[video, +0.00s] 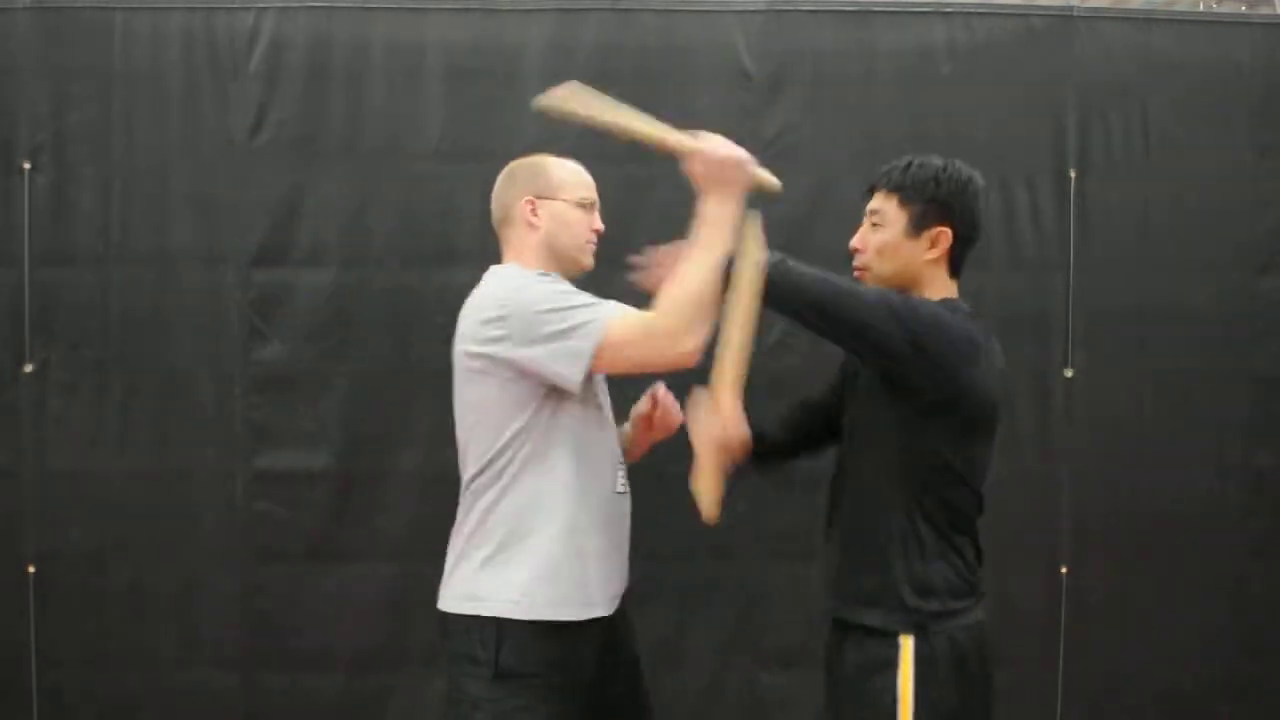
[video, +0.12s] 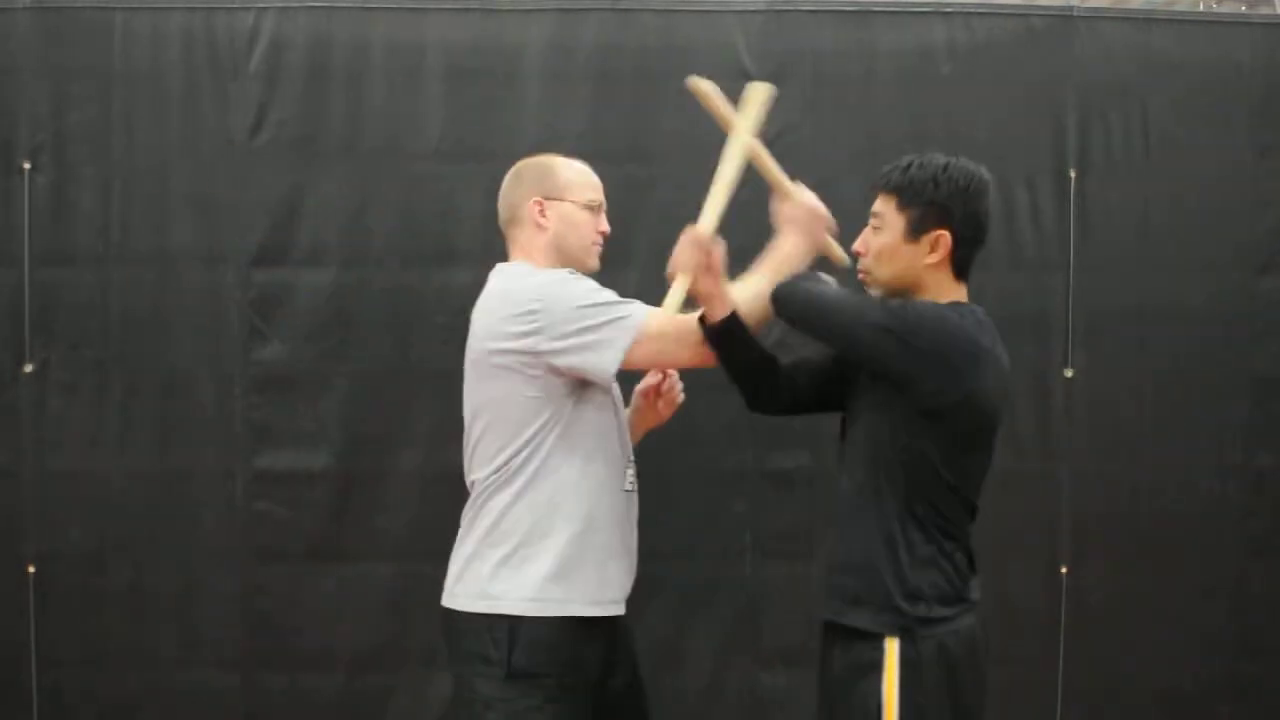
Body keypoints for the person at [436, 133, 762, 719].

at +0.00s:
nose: (599, 225)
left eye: (598, 211)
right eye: (585, 206)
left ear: (537, 214)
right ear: (533, 212)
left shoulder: (545, 309)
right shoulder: (509, 300)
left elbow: (546, 467)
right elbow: (676, 340)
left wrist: (630, 442)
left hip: (586, 618)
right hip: (514, 624)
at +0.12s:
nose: (605, 227)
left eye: (603, 212)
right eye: (592, 209)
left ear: (543, 217)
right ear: (541, 214)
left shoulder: (548, 302)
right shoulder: (529, 296)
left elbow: (560, 463)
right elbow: (702, 338)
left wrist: (635, 422)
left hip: (582, 613)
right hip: (523, 616)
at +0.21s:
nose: (606, 229)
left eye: (604, 214)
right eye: (593, 211)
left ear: (544, 216)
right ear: (542, 214)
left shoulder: (516, 305)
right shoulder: (544, 298)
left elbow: (544, 450)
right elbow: (711, 336)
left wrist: (626, 419)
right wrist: (822, 287)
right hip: (524, 615)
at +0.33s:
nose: (603, 228)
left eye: (600, 212)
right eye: (590, 210)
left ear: (538, 216)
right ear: (541, 214)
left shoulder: (481, 315)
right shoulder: (572, 299)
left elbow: (601, 412)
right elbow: (731, 356)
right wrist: (805, 297)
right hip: (534, 619)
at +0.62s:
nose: (563, 222)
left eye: (558, 206)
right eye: (548, 206)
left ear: (492, 223)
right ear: (495, 222)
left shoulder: (450, 304)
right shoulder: (539, 327)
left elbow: (592, 319)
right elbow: (640, 431)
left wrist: (656, 331)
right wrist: (593, 359)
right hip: (499, 642)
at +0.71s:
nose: (543, 218)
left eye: (538, 202)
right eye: (527, 204)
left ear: (471, 221)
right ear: (473, 220)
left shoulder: (445, 289)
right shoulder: (508, 319)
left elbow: (610, 273)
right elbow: (635, 391)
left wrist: (717, 311)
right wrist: (660, 363)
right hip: (469, 643)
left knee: (577, 707)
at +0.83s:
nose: (517, 216)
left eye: (510, 199)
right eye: (498, 201)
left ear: (444, 219)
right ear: (442, 218)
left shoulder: (470, 278)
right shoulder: (452, 313)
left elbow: (595, 251)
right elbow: (629, 333)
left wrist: (703, 263)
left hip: (517, 616)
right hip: (451, 638)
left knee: (569, 706)